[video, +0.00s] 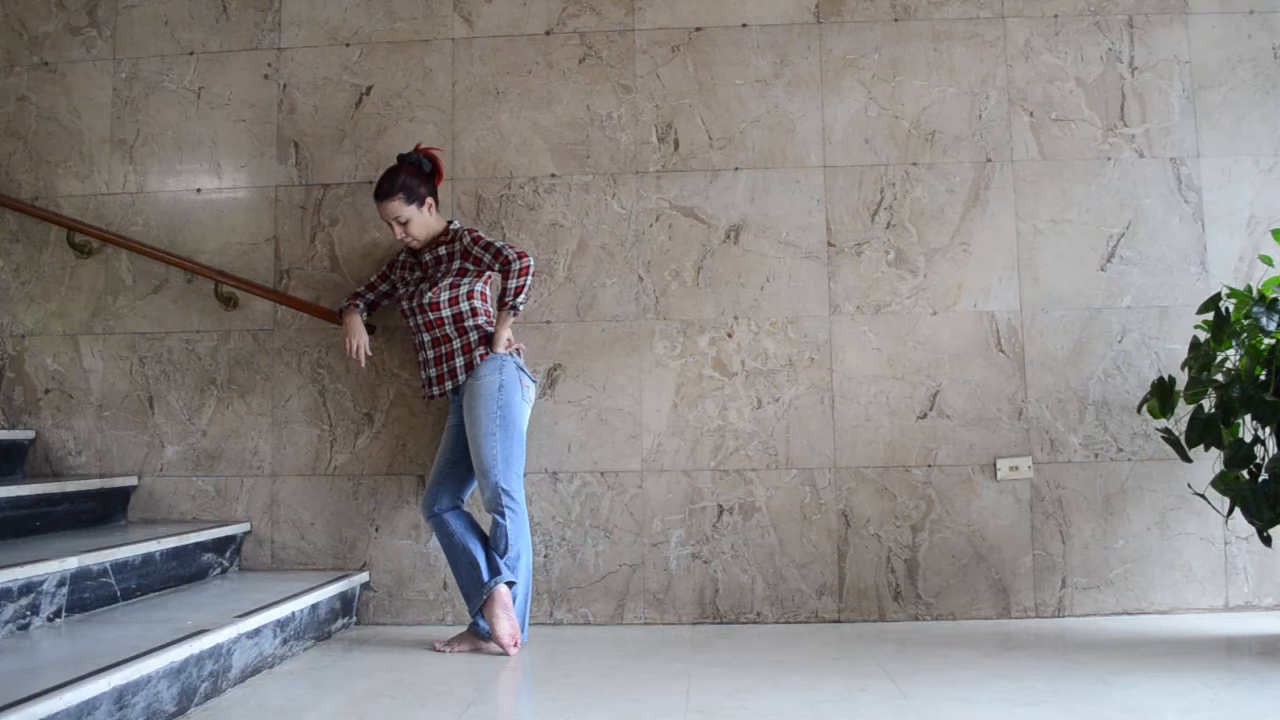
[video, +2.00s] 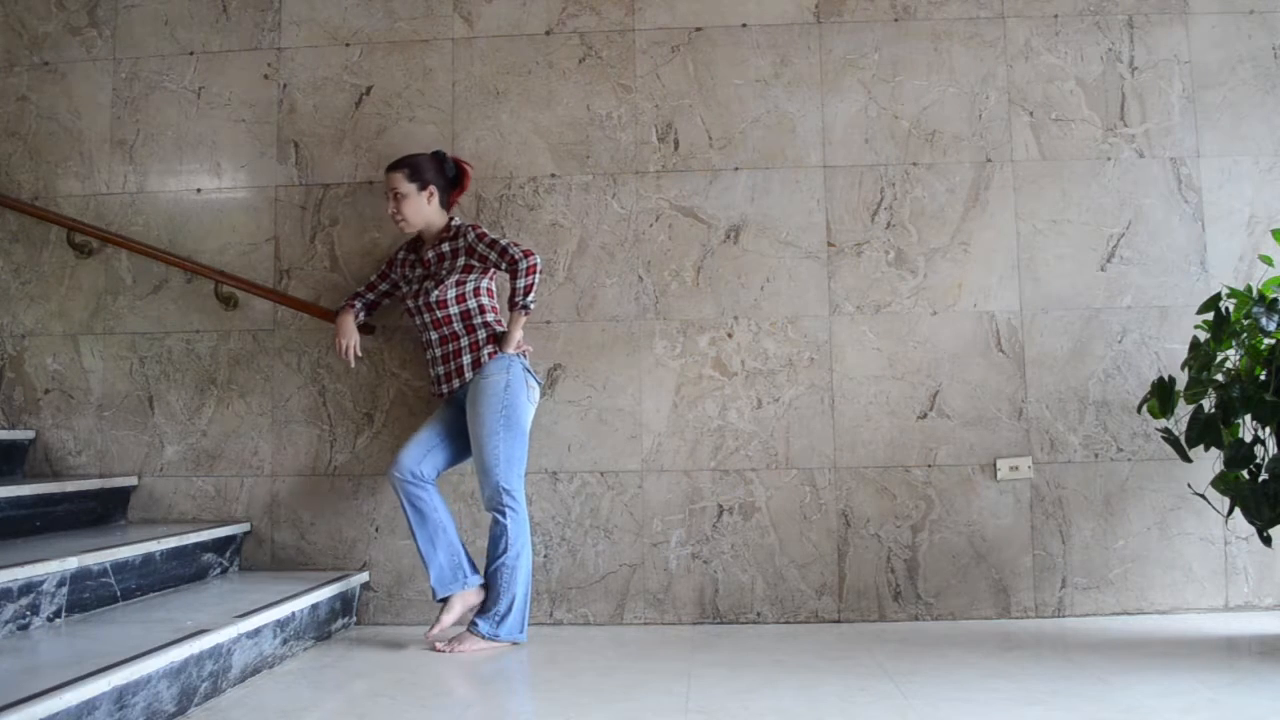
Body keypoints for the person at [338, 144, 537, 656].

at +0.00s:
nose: (398, 233)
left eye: (402, 221)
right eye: (390, 225)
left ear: (429, 203)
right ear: (390, 220)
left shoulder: (465, 241)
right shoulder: (406, 263)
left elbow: (518, 262)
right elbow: (364, 297)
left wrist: (506, 321)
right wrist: (353, 317)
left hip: (493, 371)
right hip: (461, 393)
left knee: (501, 492)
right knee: (440, 502)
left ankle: (501, 628)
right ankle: (494, 597)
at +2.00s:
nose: (391, 208)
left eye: (398, 197)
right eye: (388, 198)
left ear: (433, 195)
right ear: (410, 199)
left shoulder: (467, 238)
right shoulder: (405, 260)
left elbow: (525, 260)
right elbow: (368, 296)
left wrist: (516, 328)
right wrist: (347, 316)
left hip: (498, 375)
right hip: (461, 395)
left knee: (503, 496)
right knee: (410, 470)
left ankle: (503, 627)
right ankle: (462, 588)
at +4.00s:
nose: (435, 175)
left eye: (444, 165)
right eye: (432, 168)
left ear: (475, 169)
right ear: (433, 177)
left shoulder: (517, 232)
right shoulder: (427, 239)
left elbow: (538, 302)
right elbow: (395, 312)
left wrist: (553, 368)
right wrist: (355, 383)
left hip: (499, 372)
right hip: (442, 376)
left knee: (499, 487)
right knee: (457, 499)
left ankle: (533, 610)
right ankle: (475, 617)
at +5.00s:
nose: (507, 155)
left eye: (508, 148)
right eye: (496, 147)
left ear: (502, 160)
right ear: (461, 156)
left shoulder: (522, 221)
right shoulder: (432, 219)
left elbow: (547, 294)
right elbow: (403, 297)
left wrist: (580, 361)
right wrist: (373, 373)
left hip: (517, 369)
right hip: (455, 372)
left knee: (515, 479)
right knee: (472, 496)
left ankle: (535, 603)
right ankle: (483, 621)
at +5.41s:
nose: (530, 157)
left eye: (530, 149)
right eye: (520, 148)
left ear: (512, 159)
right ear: (484, 156)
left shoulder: (537, 227)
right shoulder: (447, 218)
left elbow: (555, 305)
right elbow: (402, 290)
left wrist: (589, 370)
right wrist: (348, 355)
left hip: (524, 376)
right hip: (459, 374)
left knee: (511, 498)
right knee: (471, 500)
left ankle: (500, 629)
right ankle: (480, 622)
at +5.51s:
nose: (536, 158)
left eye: (536, 149)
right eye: (525, 147)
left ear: (518, 158)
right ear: (489, 153)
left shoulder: (541, 226)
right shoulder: (451, 215)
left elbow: (563, 299)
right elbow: (401, 284)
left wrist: (604, 362)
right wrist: (338, 340)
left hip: (528, 374)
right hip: (463, 372)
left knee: (514, 501)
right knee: (474, 505)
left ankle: (500, 630)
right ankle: (479, 621)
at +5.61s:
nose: (539, 155)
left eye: (540, 146)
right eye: (528, 145)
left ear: (520, 154)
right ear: (493, 151)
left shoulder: (546, 224)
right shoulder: (453, 214)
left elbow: (580, 297)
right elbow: (397, 276)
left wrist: (629, 342)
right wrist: (326, 303)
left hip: (531, 374)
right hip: (467, 372)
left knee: (517, 502)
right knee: (470, 506)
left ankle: (501, 631)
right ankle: (466, 608)